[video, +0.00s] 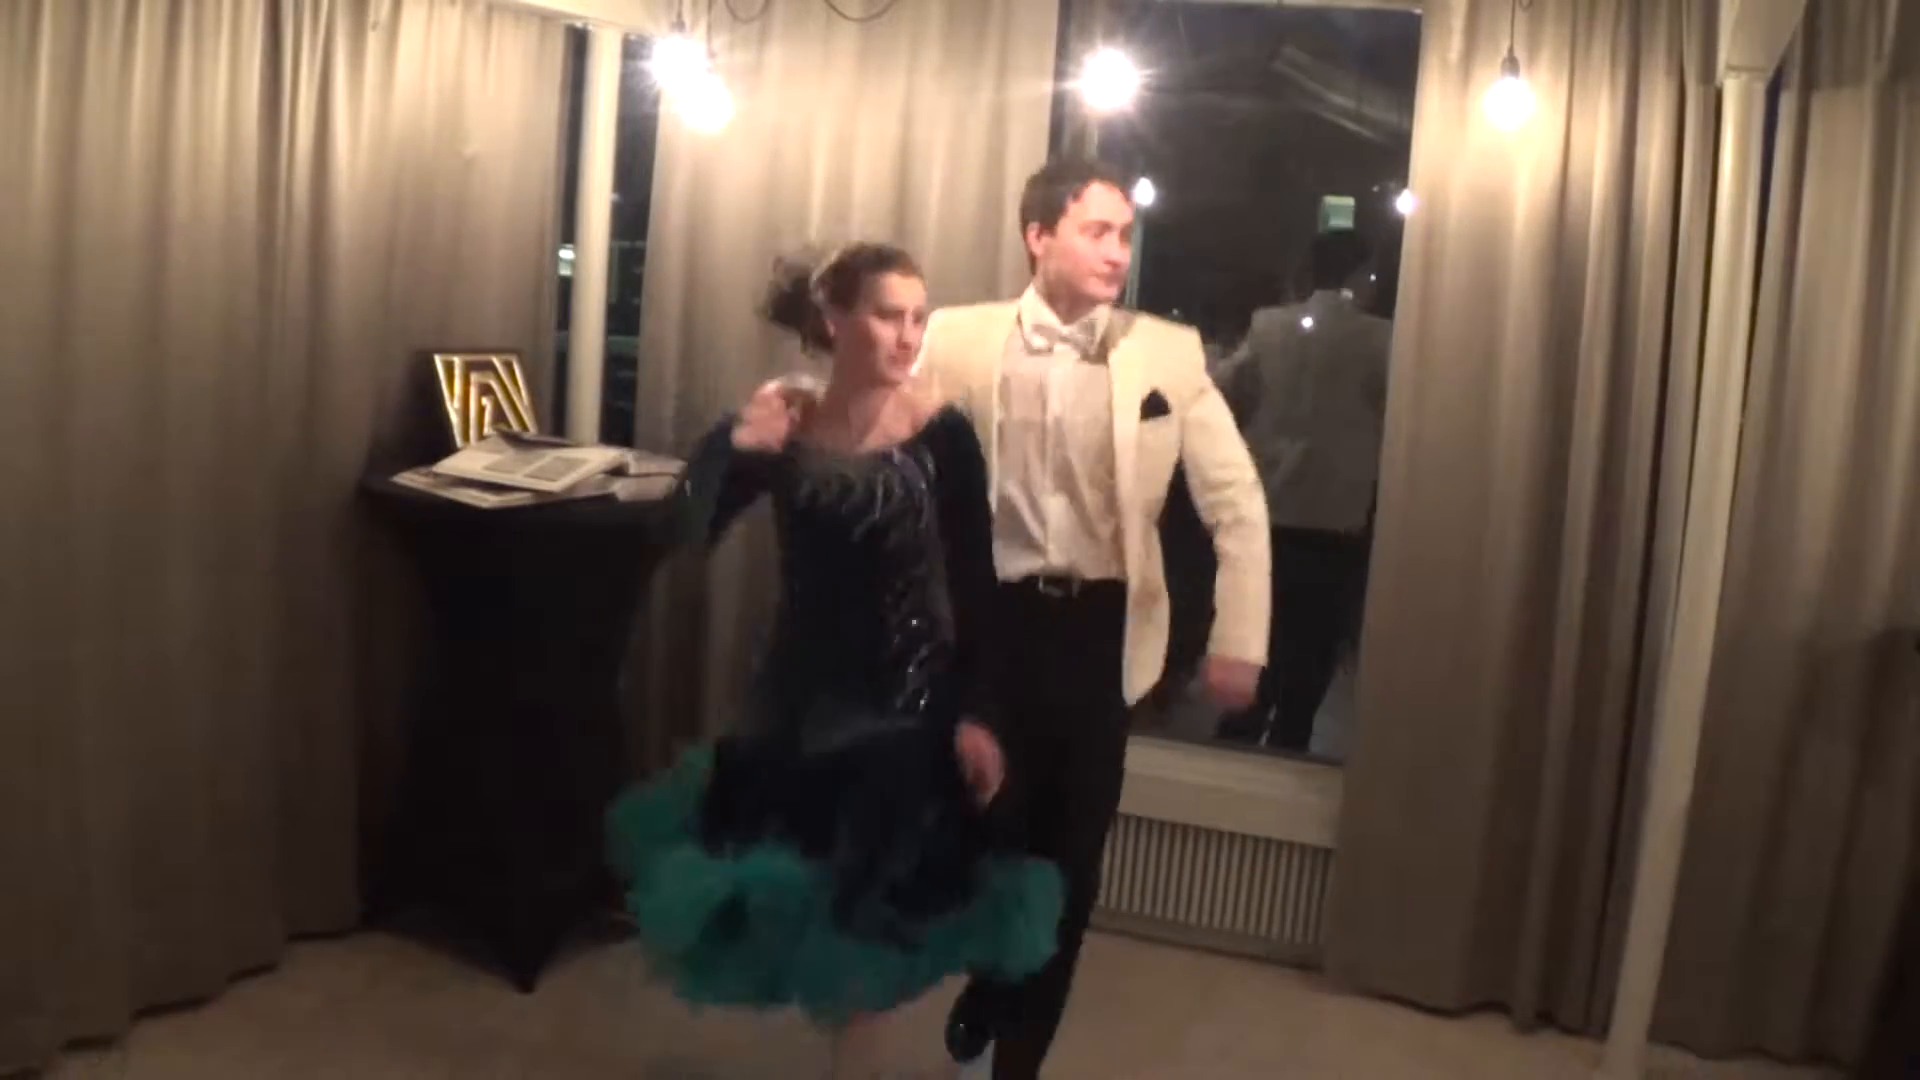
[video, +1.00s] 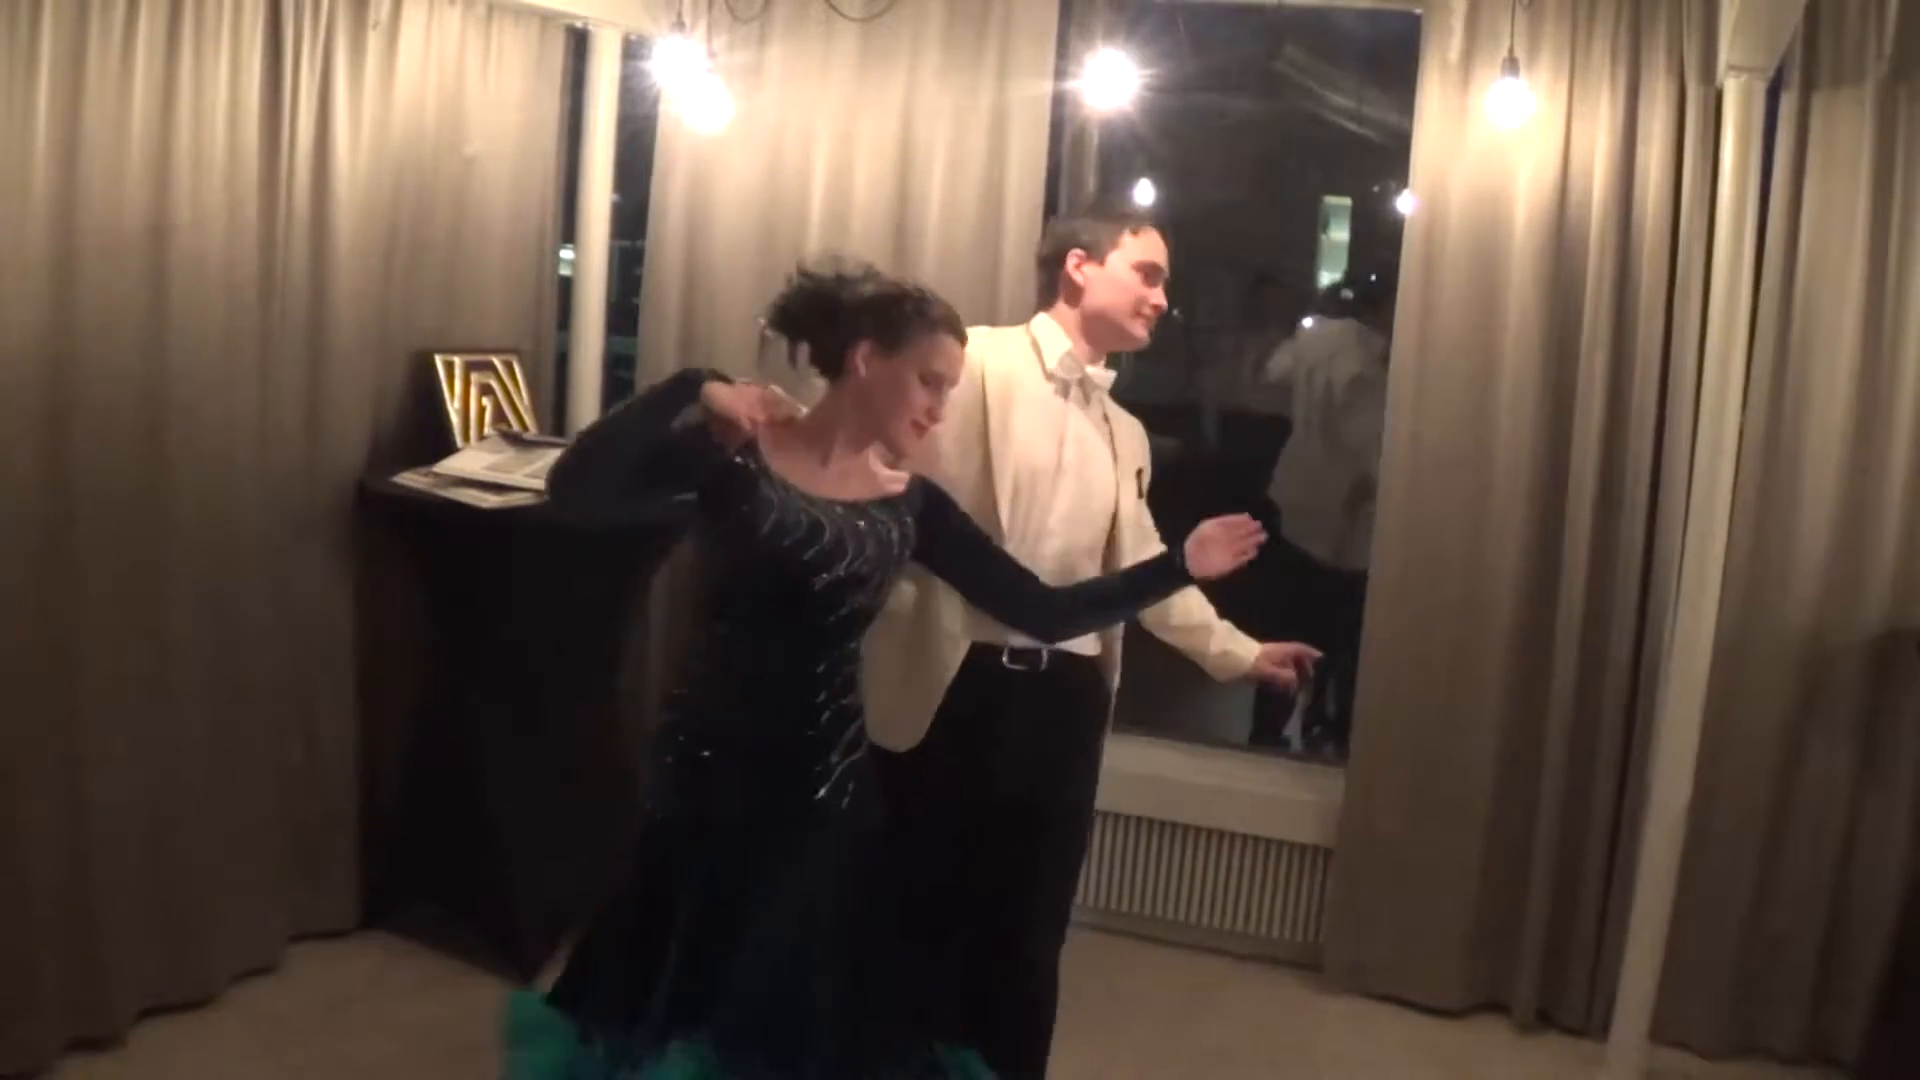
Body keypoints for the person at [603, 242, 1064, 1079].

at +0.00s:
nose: (910, 335)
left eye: (921, 318)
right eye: (891, 316)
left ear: (928, 327)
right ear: (836, 322)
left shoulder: (940, 433)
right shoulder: (789, 424)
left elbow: (975, 583)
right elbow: (688, 532)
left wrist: (975, 709)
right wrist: (734, 445)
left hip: (912, 690)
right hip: (808, 683)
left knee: (884, 895)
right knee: (805, 880)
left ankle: (859, 1051)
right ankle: (842, 1034)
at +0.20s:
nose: (929, 354)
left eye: (936, 336)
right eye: (910, 333)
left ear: (941, 343)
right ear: (848, 335)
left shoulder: (939, 438)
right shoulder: (782, 426)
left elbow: (1018, 550)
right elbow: (641, 474)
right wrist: (742, 423)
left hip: (901, 691)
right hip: (801, 683)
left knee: (901, 878)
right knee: (777, 870)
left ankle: (891, 1042)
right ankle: (779, 1036)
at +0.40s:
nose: (939, 386)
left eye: (945, 367)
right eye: (924, 363)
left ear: (948, 369)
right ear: (858, 349)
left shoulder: (929, 474)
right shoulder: (770, 438)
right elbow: (617, 468)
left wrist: (968, 518)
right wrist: (733, 422)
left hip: (870, 728)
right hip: (764, 719)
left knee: (843, 941)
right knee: (738, 938)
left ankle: (827, 1060)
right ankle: (739, 1061)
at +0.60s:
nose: (939, 458)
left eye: (947, 439)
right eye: (928, 435)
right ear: (865, 416)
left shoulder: (915, 545)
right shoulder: (752, 502)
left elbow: (1001, 676)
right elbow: (603, 571)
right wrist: (700, 491)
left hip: (847, 801)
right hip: (738, 795)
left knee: (857, 1003)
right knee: (712, 1002)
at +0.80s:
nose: (952, 435)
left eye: (958, 417)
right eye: (940, 410)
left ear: (894, 403)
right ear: (872, 393)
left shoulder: (917, 529)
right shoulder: (750, 471)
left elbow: (1046, 631)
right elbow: (597, 514)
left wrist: (1186, 621)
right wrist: (706, 433)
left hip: (835, 790)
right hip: (723, 775)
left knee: (830, 1009)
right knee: (688, 1000)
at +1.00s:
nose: (940, 411)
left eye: (950, 392)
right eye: (931, 384)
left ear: (889, 374)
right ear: (862, 362)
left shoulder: (910, 501)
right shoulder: (740, 439)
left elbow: (1046, 611)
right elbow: (575, 487)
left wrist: (1182, 563)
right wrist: (690, 396)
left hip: (829, 762)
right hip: (710, 747)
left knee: (815, 981)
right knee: (685, 971)